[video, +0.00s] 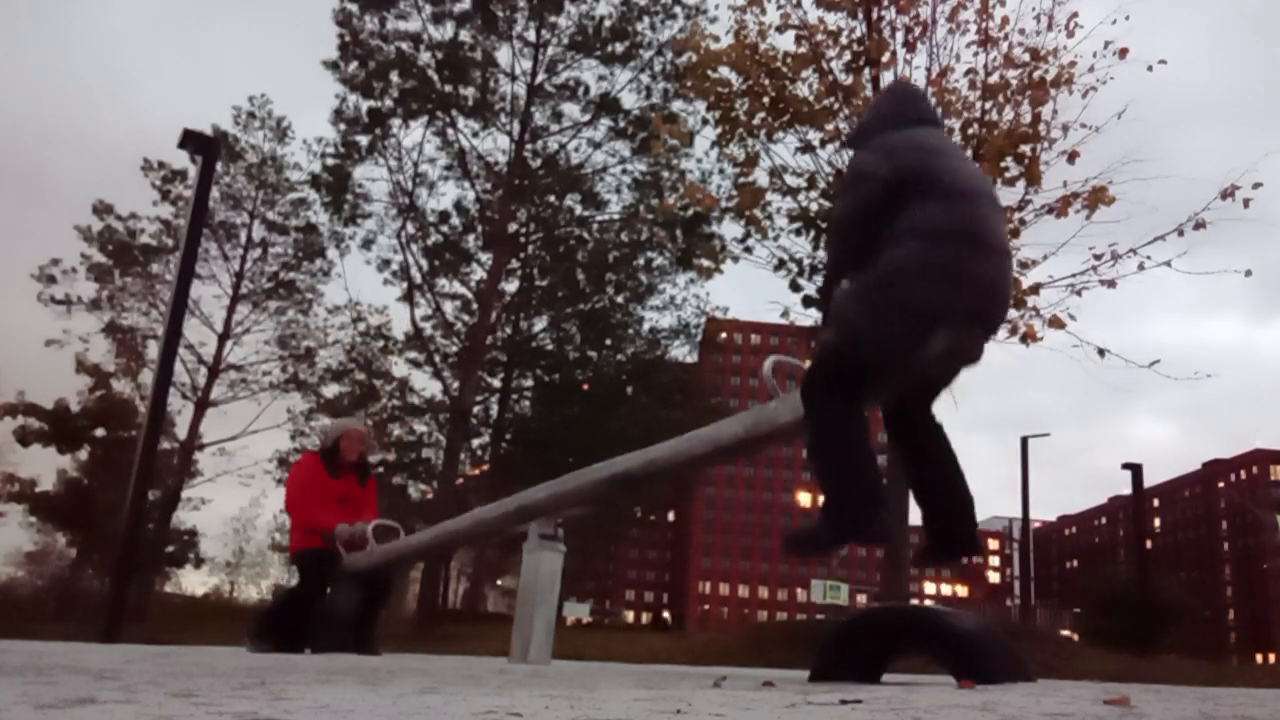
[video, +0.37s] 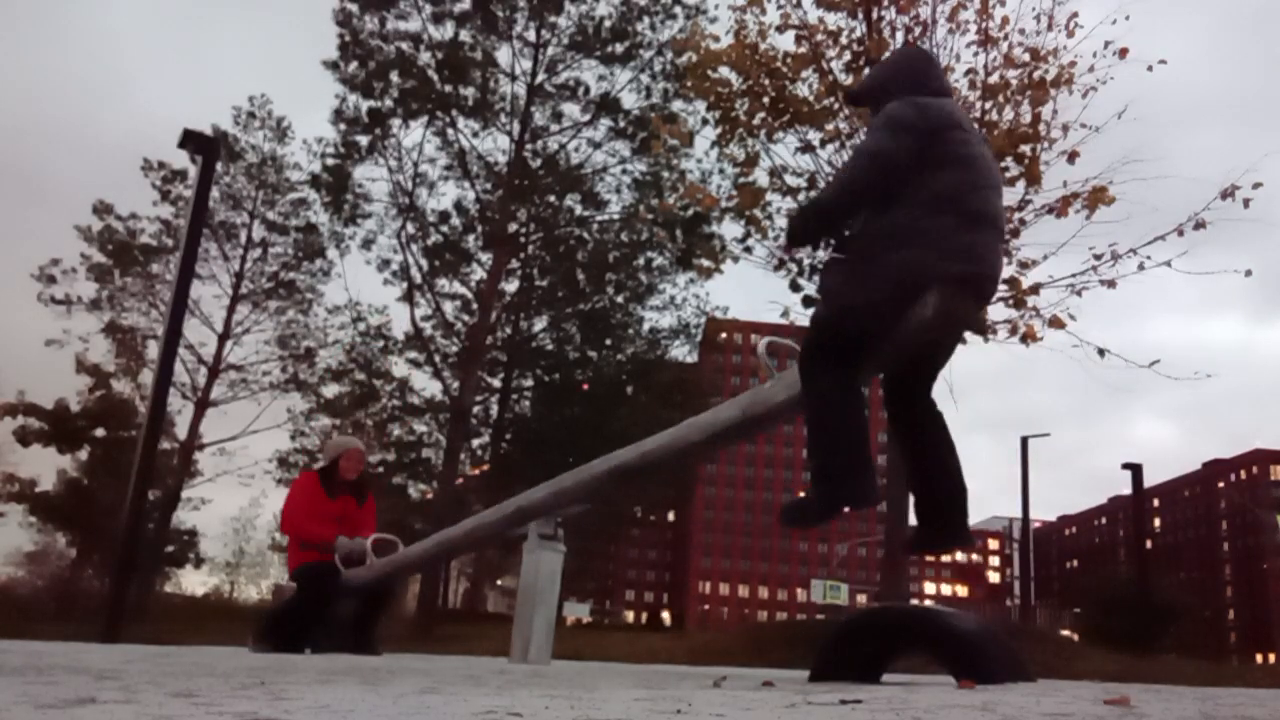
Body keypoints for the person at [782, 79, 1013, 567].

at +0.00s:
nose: (858, 145)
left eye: (863, 136)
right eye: (859, 137)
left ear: (880, 123)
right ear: (921, 120)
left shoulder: (883, 152)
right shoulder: (953, 157)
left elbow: (847, 229)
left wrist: (835, 298)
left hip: (914, 285)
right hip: (984, 295)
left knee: (827, 387)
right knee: (908, 406)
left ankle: (852, 512)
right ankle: (954, 533)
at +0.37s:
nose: (872, 113)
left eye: (877, 102)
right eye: (871, 105)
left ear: (895, 89)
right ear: (928, 84)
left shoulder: (906, 115)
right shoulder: (964, 131)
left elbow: (856, 185)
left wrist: (803, 225)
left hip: (899, 269)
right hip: (964, 278)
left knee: (826, 356)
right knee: (908, 387)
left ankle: (842, 482)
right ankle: (944, 522)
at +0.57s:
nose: (871, 118)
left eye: (878, 106)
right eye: (871, 107)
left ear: (904, 100)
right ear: (926, 98)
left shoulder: (938, 129)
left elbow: (930, 164)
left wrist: (839, 182)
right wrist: (847, 208)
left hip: (925, 295)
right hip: (963, 305)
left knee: (822, 367)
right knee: (905, 415)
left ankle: (838, 496)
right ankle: (961, 549)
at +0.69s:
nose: (877, 159)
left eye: (884, 146)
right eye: (876, 148)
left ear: (912, 140)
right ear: (928, 138)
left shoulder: (957, 178)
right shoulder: (904, 204)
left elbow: (945, 202)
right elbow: (879, 307)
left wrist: (865, 215)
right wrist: (828, 376)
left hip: (952, 343)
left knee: (824, 406)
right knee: (906, 455)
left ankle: (845, 536)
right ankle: (978, 587)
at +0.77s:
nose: (883, 188)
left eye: (890, 176)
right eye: (882, 178)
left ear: (917, 170)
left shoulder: (968, 209)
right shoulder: (904, 232)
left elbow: (941, 242)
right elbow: (879, 334)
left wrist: (884, 259)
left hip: (953, 374)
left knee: (829, 445)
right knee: (915, 489)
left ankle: (858, 601)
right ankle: (982, 627)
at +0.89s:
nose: (891, 240)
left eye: (898, 227)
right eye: (890, 230)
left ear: (926, 220)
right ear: (932, 223)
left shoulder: (969, 260)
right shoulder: (918, 278)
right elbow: (897, 379)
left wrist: (895, 331)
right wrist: (864, 440)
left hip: (954, 426)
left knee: (834, 503)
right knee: (915, 535)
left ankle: (875, 633)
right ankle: (1000, 643)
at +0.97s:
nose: (888, 258)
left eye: (897, 246)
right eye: (886, 248)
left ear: (928, 245)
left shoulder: (975, 294)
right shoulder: (912, 314)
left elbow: (973, 354)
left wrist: (902, 373)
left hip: (968, 455)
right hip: (935, 455)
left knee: (829, 522)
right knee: (894, 556)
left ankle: (891, 653)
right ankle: (997, 646)